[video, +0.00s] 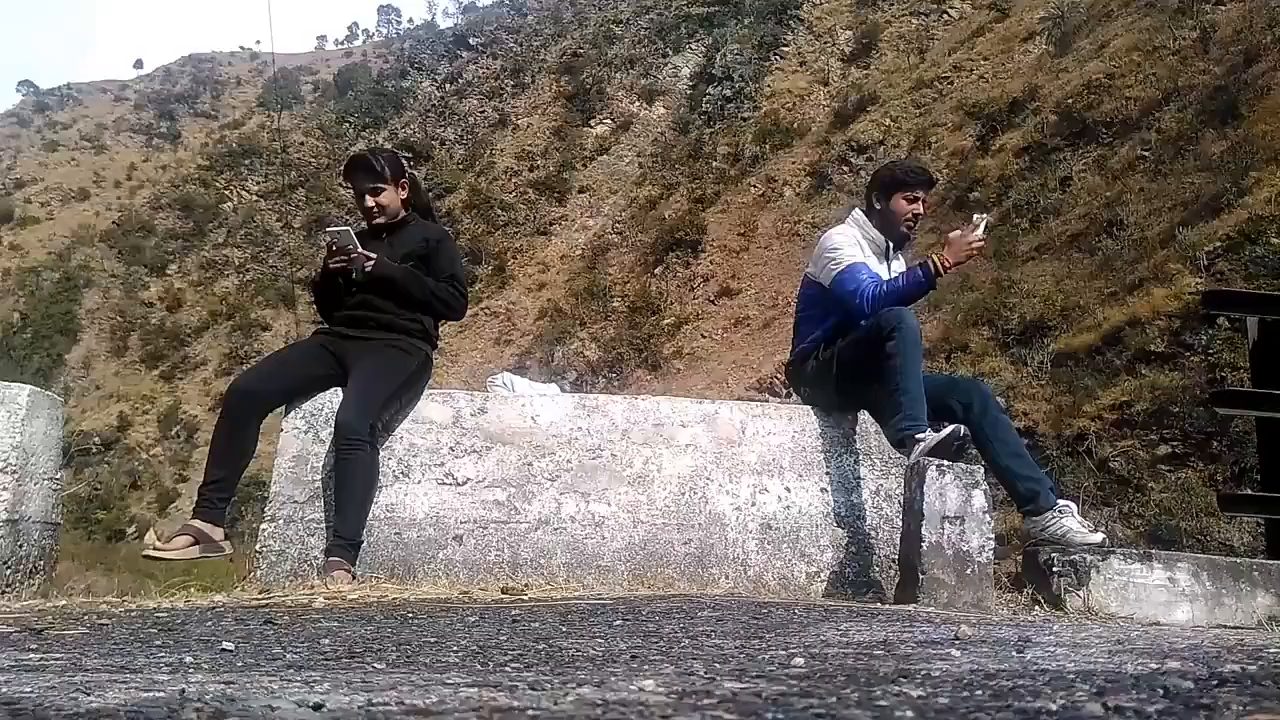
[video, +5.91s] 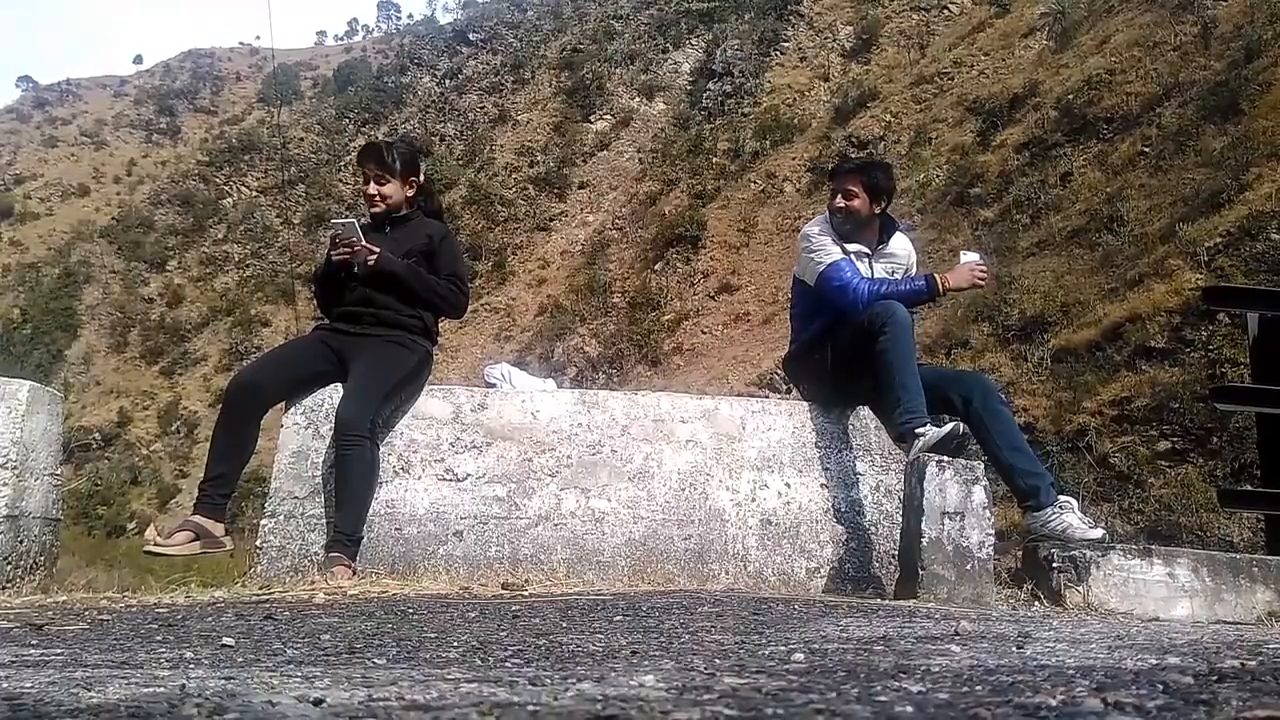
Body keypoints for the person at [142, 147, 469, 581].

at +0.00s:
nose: (369, 202)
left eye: (377, 191)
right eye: (361, 194)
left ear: (403, 187)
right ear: (356, 195)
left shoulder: (432, 236)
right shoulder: (353, 236)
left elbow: (455, 303)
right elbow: (329, 309)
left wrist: (383, 268)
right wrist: (331, 271)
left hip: (396, 348)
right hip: (336, 341)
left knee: (353, 427)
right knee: (245, 393)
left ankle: (340, 564)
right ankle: (208, 527)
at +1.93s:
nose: (372, 203)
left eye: (380, 193)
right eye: (364, 195)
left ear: (406, 189)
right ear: (359, 195)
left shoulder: (434, 237)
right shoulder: (356, 236)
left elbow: (455, 305)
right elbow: (330, 310)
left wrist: (385, 269)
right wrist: (333, 273)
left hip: (397, 350)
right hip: (336, 342)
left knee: (354, 427)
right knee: (246, 393)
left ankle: (340, 564)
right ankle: (207, 526)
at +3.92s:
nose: (392, 178)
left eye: (400, 171)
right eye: (381, 171)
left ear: (412, 179)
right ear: (366, 182)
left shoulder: (432, 232)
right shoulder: (352, 233)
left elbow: (456, 302)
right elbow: (326, 305)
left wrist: (388, 266)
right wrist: (331, 269)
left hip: (397, 345)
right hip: (337, 338)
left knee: (354, 425)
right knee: (246, 391)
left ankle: (340, 560)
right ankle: (208, 523)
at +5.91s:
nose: (372, 189)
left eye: (383, 180)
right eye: (367, 179)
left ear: (412, 183)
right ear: (363, 181)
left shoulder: (433, 233)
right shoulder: (355, 228)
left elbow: (455, 301)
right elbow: (326, 301)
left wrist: (386, 263)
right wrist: (336, 263)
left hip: (396, 344)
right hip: (335, 336)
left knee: (353, 425)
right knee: (246, 388)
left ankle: (341, 561)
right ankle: (208, 521)